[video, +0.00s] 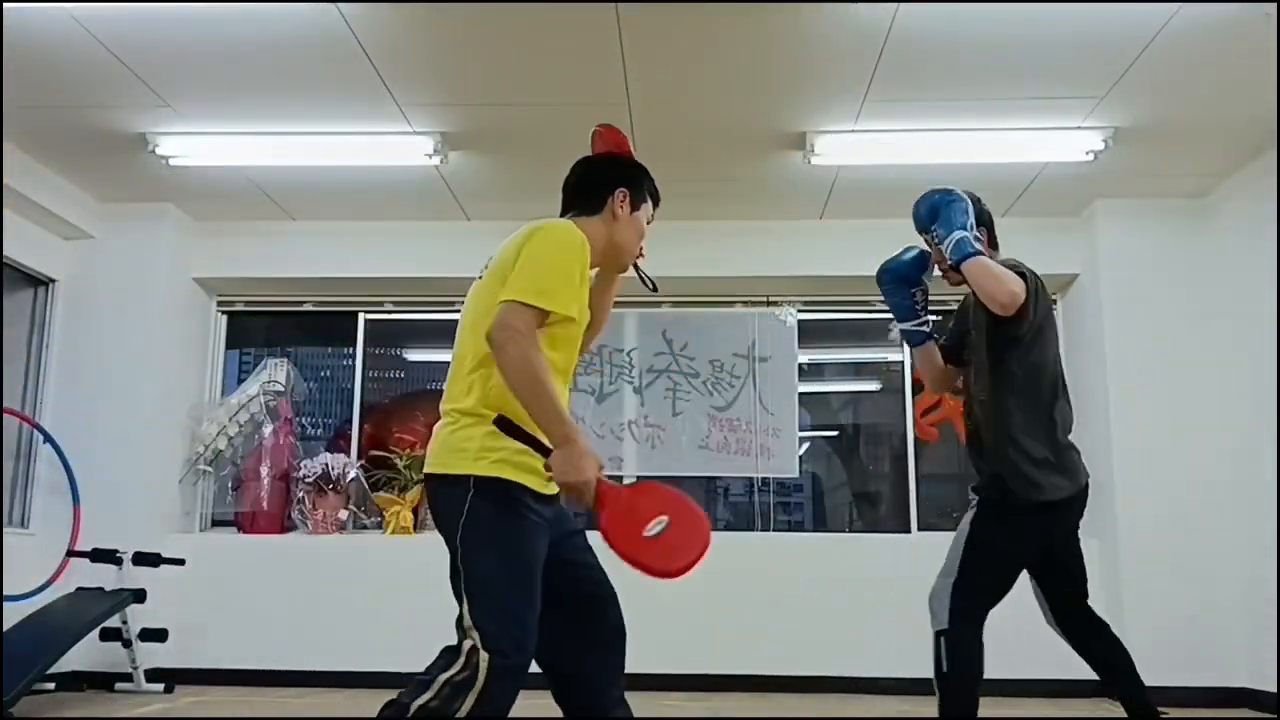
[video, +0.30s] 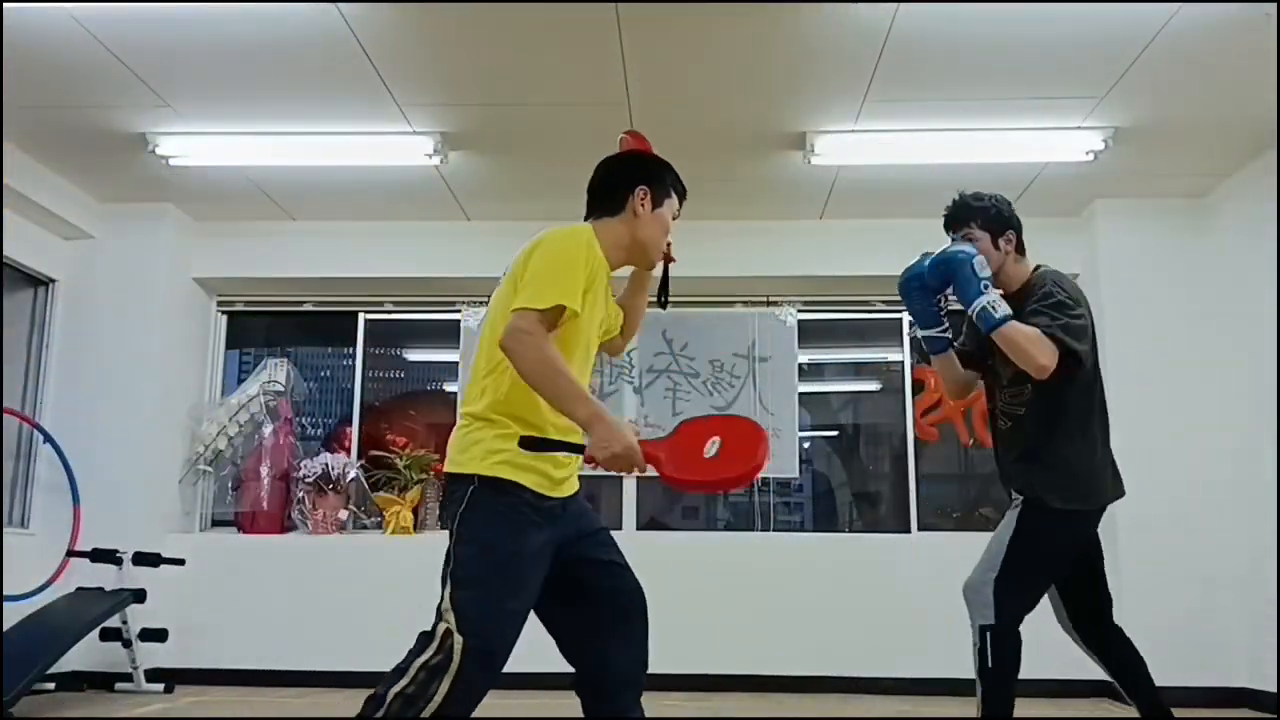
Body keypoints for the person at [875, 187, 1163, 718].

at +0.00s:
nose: (939, 255)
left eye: (946, 241)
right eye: (934, 247)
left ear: (978, 238)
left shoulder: (1012, 278)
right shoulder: (972, 308)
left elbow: (1007, 299)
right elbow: (941, 381)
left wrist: (960, 245)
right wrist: (912, 317)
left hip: (1021, 488)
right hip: (1048, 484)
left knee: (954, 608)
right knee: (1070, 612)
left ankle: (956, 716)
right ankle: (1146, 713)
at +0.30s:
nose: (963, 256)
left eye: (971, 243)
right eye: (958, 247)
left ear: (1007, 242)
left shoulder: (1056, 293)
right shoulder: (992, 311)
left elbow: (1041, 360)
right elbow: (959, 388)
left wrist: (978, 298)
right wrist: (929, 321)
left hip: (1066, 487)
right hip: (1046, 486)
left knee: (989, 598)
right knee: (1089, 622)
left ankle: (994, 717)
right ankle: (1159, 715)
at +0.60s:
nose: (935, 228)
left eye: (945, 213)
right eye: (930, 218)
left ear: (984, 206)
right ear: (988, 213)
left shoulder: (996, 252)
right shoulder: (1019, 252)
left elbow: (914, 259)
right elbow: (996, 348)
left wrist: (829, 206)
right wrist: (941, 315)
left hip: (1022, 462)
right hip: (1059, 460)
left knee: (975, 606)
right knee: (1064, 594)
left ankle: (989, 714)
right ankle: (1140, 709)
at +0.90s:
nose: (953, 239)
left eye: (960, 223)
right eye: (947, 228)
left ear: (999, 217)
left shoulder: (1046, 265)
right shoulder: (995, 288)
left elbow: (1047, 352)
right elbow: (988, 385)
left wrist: (974, 308)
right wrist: (954, 333)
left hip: (1061, 465)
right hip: (1048, 466)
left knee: (1007, 606)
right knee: (1092, 608)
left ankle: (998, 716)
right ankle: (1167, 713)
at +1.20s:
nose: (948, 249)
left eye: (953, 233)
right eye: (943, 238)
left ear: (992, 224)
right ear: (986, 231)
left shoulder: (1039, 268)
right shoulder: (998, 293)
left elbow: (1015, 348)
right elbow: (973, 382)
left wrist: (953, 297)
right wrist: (935, 317)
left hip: (1058, 477)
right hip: (1068, 476)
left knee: (982, 608)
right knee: (1095, 617)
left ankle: (992, 717)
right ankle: (1165, 714)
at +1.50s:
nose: (881, 266)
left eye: (885, 252)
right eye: (878, 255)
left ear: (922, 245)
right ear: (928, 244)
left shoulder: (941, 292)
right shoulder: (996, 291)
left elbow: (851, 307)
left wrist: (790, 260)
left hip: (973, 501)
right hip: (1038, 498)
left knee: (890, 625)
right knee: (1056, 623)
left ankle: (889, 715)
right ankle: (1139, 712)